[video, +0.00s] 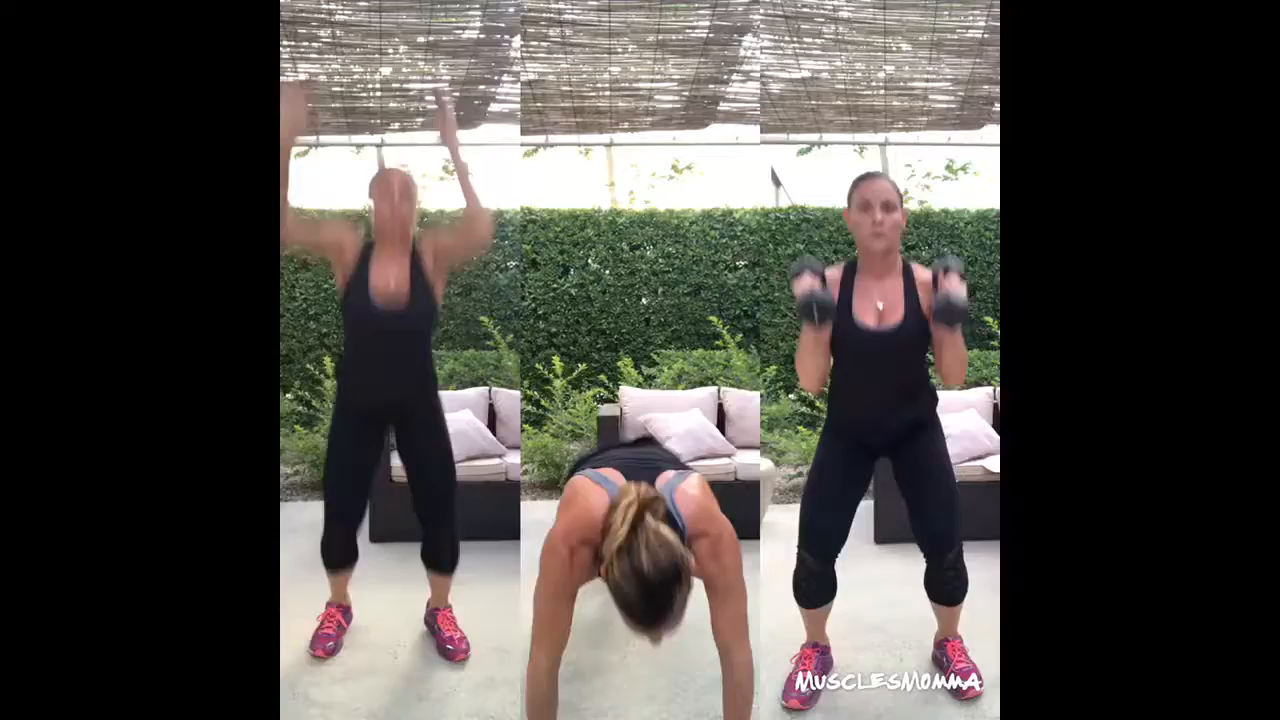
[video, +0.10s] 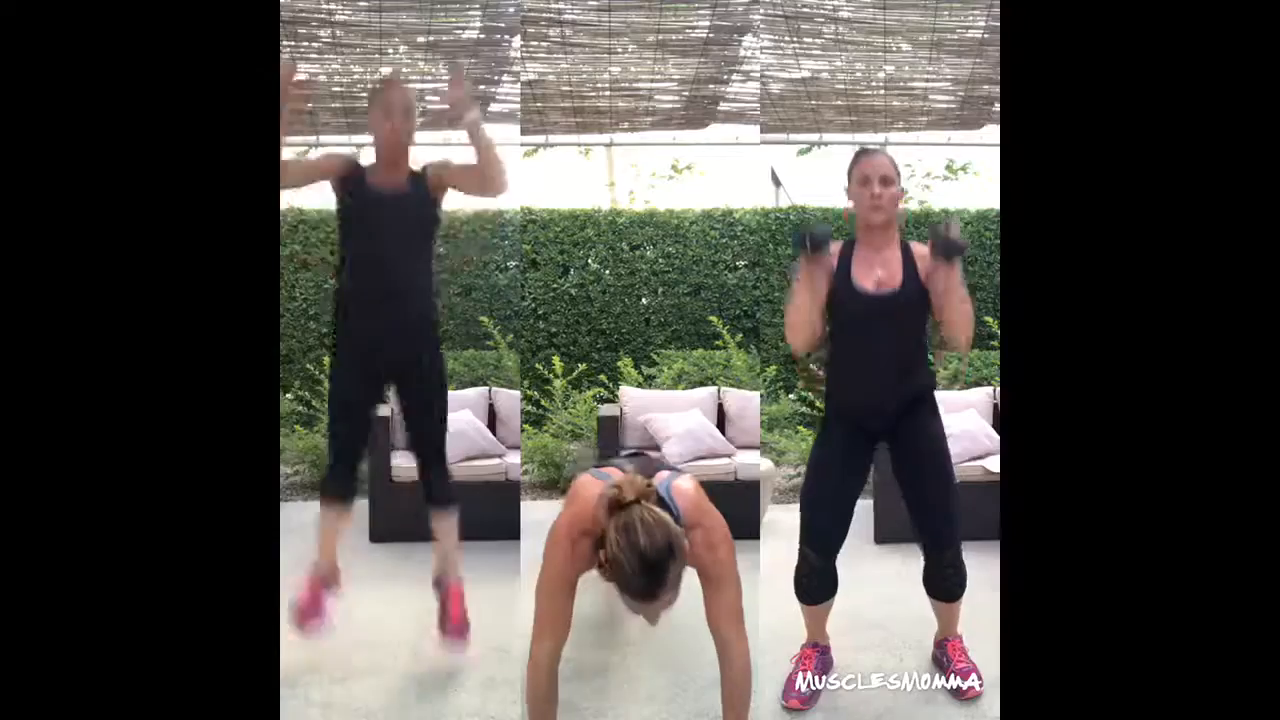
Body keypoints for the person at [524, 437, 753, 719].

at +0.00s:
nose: (656, 640)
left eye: (667, 628)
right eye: (643, 631)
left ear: (687, 558)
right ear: (605, 572)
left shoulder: (711, 527)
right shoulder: (571, 533)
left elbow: (735, 651)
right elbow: (544, 660)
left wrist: (737, 716)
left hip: (675, 468)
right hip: (597, 467)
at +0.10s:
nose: (652, 621)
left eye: (666, 605)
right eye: (637, 609)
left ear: (684, 550)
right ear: (604, 564)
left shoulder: (704, 521)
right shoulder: (573, 526)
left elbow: (732, 642)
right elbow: (544, 653)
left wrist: (735, 717)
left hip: (675, 480)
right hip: (599, 478)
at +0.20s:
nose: (656, 626)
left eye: (669, 610)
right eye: (639, 615)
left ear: (685, 552)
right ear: (604, 569)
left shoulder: (703, 518)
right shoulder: (575, 523)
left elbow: (729, 639)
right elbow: (546, 652)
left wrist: (734, 715)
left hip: (670, 467)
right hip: (598, 465)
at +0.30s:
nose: (659, 625)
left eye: (672, 609)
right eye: (640, 614)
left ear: (686, 552)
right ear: (604, 571)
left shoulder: (705, 518)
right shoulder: (576, 525)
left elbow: (728, 640)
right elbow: (548, 650)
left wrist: (734, 715)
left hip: (668, 459)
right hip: (595, 458)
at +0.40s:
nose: (659, 620)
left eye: (672, 605)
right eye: (643, 611)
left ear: (685, 549)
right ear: (604, 569)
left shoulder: (707, 520)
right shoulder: (577, 525)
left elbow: (727, 640)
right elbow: (548, 653)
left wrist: (734, 716)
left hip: (670, 464)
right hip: (598, 463)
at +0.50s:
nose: (656, 619)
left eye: (668, 602)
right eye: (639, 609)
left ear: (682, 546)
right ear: (603, 559)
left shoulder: (708, 519)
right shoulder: (577, 527)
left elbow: (730, 637)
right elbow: (548, 648)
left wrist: (734, 716)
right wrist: (543, 716)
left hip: (676, 474)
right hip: (605, 475)